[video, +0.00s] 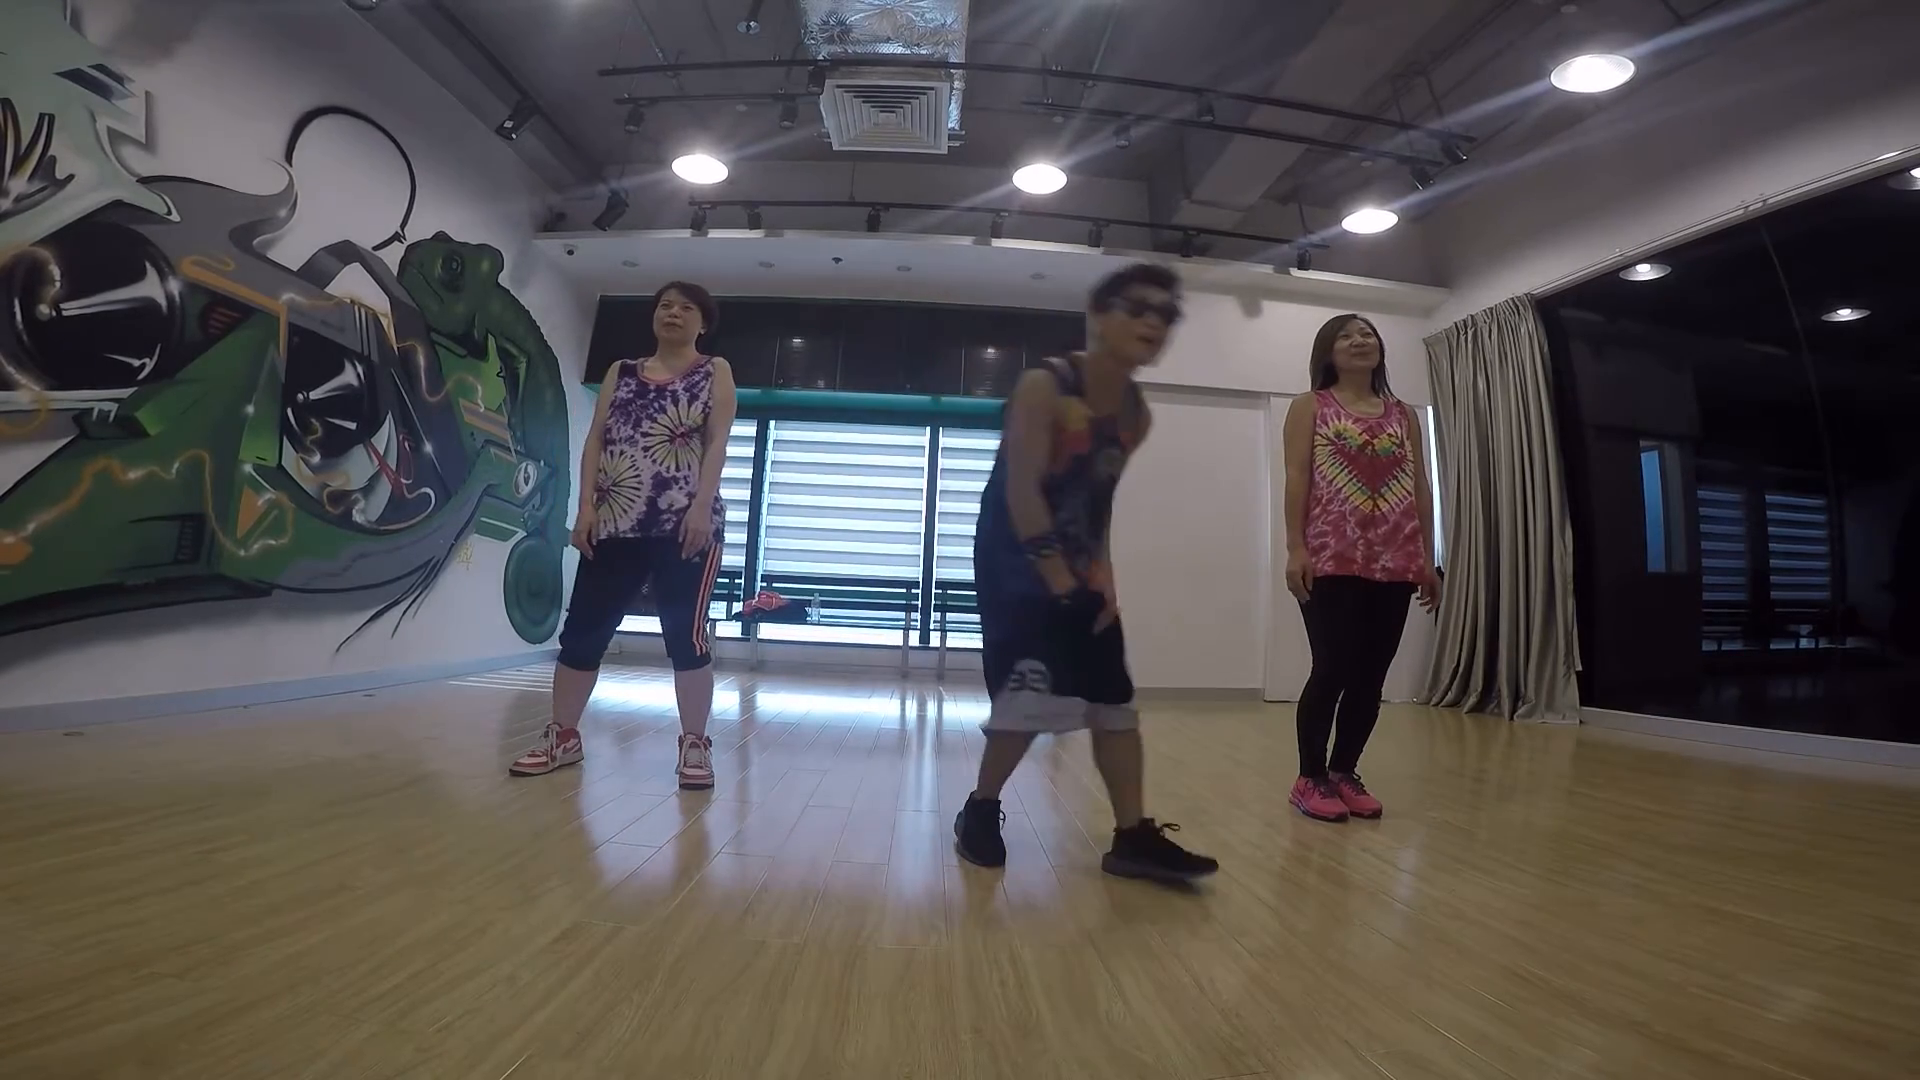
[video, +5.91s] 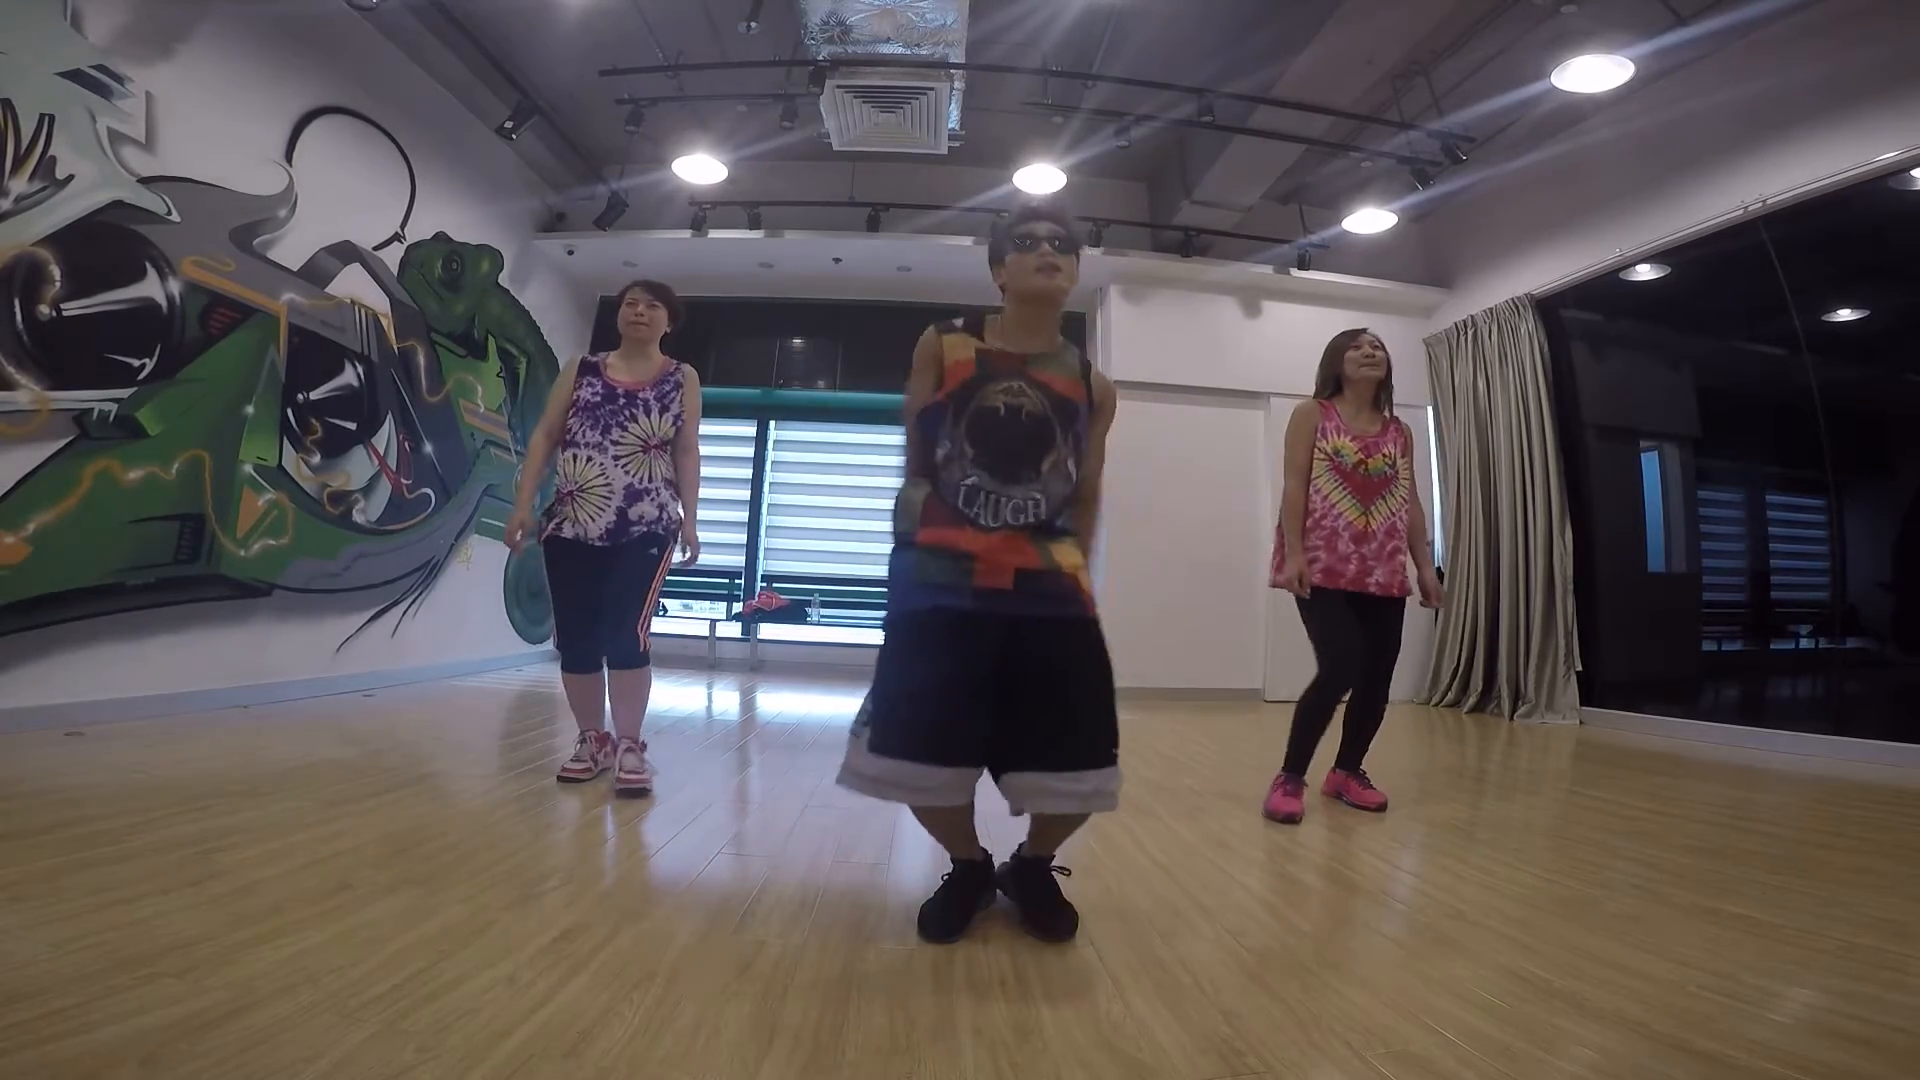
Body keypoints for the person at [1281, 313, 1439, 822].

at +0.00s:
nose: (1358, 340)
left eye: (1367, 334)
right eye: (1345, 336)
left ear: (1381, 351)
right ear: (1327, 354)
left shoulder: (1402, 414)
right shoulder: (1310, 407)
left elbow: (1419, 491)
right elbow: (1297, 479)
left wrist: (1427, 560)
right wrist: (1296, 548)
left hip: (1394, 565)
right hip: (1330, 563)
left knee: (1369, 680)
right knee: (1330, 672)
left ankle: (1344, 774)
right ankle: (1311, 779)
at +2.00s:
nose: (1348, 340)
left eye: (1357, 334)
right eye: (1334, 337)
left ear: (1372, 351)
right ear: (1318, 357)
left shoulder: (1397, 414)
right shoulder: (1302, 409)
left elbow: (1415, 488)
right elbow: (1288, 482)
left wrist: (1421, 557)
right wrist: (1287, 549)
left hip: (1386, 566)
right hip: (1320, 564)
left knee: (1380, 677)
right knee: (1328, 671)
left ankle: (1345, 770)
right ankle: (1309, 780)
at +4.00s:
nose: (1387, 350)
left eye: (1395, 343)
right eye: (1375, 345)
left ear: (1407, 359)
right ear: (1356, 361)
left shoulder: (1430, 421)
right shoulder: (1334, 413)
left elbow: (1445, 488)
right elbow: (1319, 483)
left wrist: (1448, 553)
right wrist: (1317, 549)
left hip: (1415, 565)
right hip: (1348, 562)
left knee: (1405, 674)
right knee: (1340, 669)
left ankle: (1381, 771)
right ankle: (1315, 775)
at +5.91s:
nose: (1370, 351)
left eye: (1377, 347)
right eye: (1357, 347)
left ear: (1389, 367)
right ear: (1337, 365)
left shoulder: (1399, 432)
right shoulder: (1312, 414)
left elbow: (1410, 504)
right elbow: (1295, 485)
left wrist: (1425, 567)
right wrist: (1294, 553)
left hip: (1383, 576)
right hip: (1322, 570)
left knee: (1375, 679)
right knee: (1339, 670)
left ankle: (1347, 772)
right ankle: (1290, 780)